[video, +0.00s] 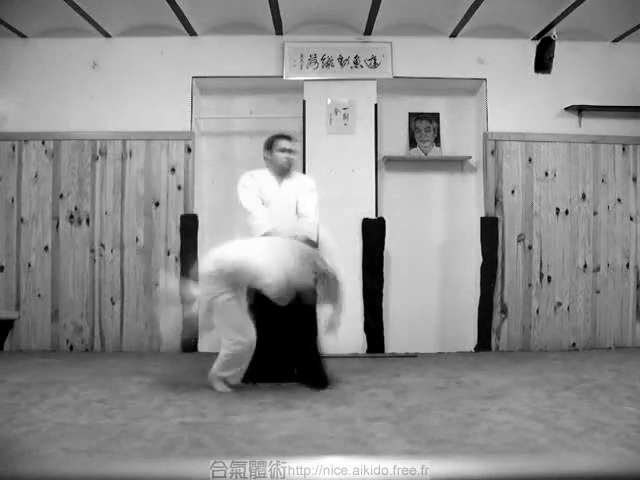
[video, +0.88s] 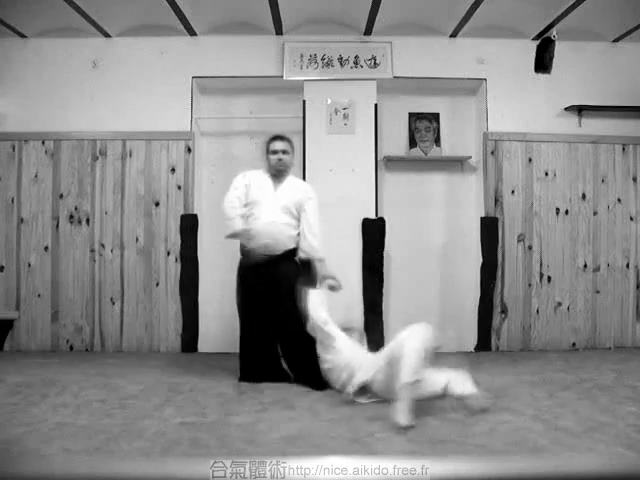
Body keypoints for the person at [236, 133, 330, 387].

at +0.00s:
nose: (288, 156)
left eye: (291, 152)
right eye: (282, 151)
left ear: (295, 155)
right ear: (268, 155)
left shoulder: (305, 182)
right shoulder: (251, 180)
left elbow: (310, 219)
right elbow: (254, 214)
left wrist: (304, 239)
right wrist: (274, 235)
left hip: (300, 249)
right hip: (264, 249)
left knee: (301, 311)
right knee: (267, 311)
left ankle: (307, 370)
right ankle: (266, 370)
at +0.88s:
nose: (279, 157)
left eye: (285, 153)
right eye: (274, 153)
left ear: (292, 157)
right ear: (266, 157)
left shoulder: (302, 190)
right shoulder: (248, 180)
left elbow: (311, 231)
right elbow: (230, 206)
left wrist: (317, 268)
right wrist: (242, 234)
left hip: (286, 262)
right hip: (252, 262)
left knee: (291, 323)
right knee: (254, 323)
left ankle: (309, 377)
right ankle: (257, 374)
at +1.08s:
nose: (281, 158)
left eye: (286, 153)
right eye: (276, 153)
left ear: (294, 158)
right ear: (267, 156)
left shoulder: (304, 190)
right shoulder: (248, 181)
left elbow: (313, 233)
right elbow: (224, 214)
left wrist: (318, 271)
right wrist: (209, 252)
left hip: (286, 264)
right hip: (251, 263)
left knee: (293, 323)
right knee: (252, 322)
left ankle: (309, 377)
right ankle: (255, 373)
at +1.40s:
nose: (270, 157)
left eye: (275, 153)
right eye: (264, 153)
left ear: (282, 156)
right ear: (255, 157)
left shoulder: (294, 188)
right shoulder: (237, 185)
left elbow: (307, 230)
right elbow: (222, 223)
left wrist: (318, 267)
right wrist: (215, 260)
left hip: (283, 263)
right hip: (249, 263)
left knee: (292, 322)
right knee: (250, 322)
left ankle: (307, 376)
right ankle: (254, 374)